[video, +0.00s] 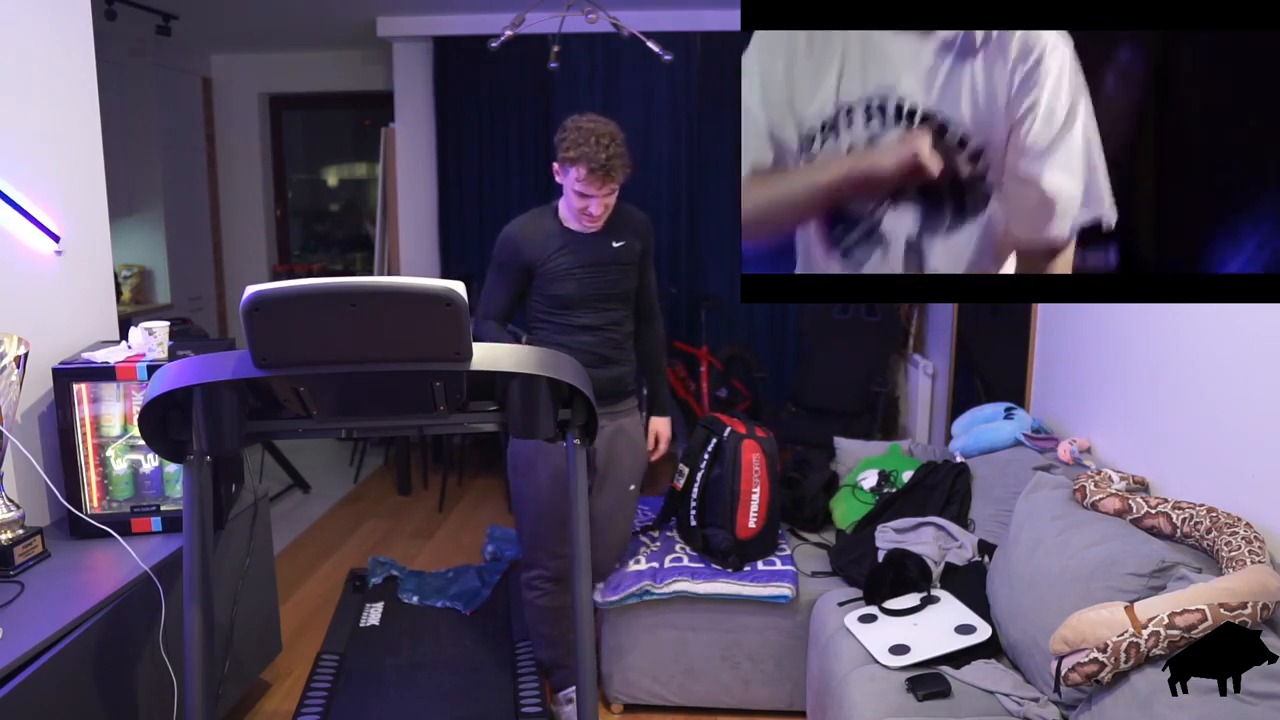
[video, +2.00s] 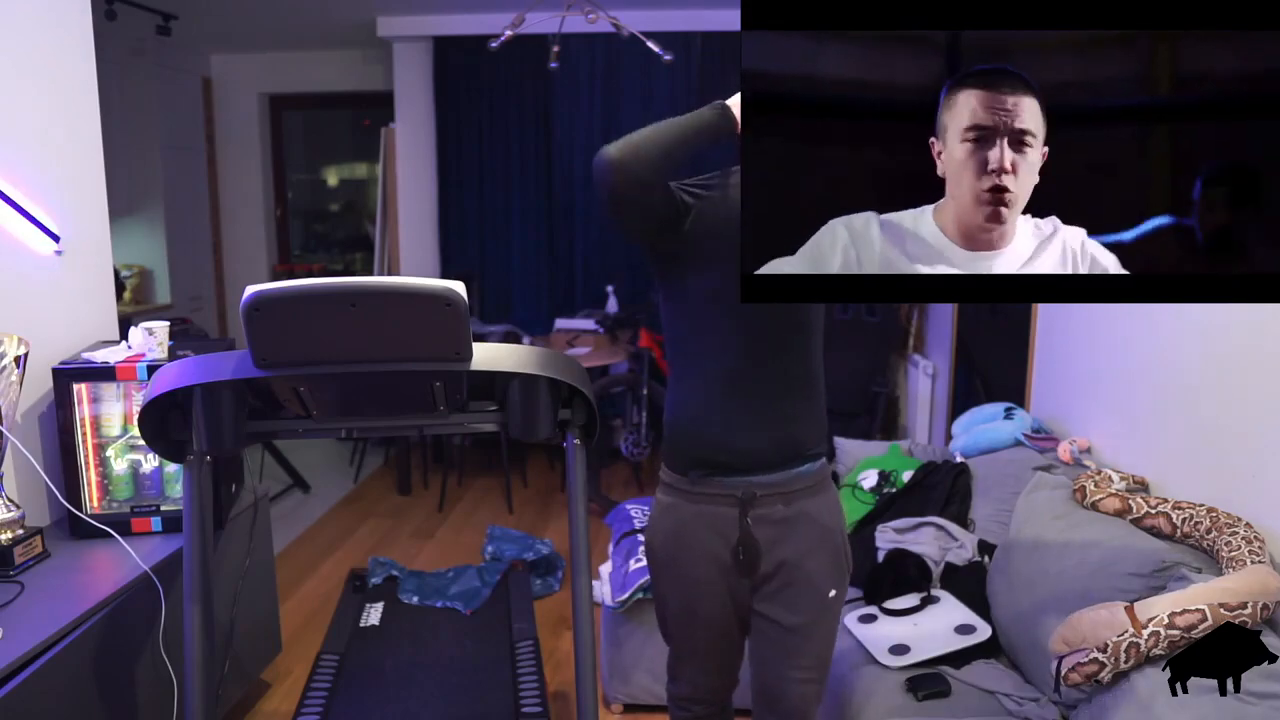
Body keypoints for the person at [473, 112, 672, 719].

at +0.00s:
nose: (597, 208)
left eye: (608, 195)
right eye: (585, 195)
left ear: (622, 181)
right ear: (558, 175)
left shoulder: (635, 231)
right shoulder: (523, 238)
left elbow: (649, 321)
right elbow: (489, 327)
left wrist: (660, 405)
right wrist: (529, 382)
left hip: (622, 419)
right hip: (545, 424)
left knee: (605, 556)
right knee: (554, 564)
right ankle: (565, 685)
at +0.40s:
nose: (626, 207)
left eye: (636, 194)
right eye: (613, 195)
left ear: (646, 179)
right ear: (579, 175)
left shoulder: (654, 228)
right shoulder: (537, 240)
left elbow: (671, 307)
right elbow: (502, 335)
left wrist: (687, 356)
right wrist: (559, 366)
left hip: (651, 427)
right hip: (570, 435)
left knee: (668, 568)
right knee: (564, 576)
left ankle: (623, 677)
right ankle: (565, 694)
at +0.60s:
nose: (642, 215)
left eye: (659, 206)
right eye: (634, 199)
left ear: (679, 189)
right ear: (617, 169)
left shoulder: (691, 233)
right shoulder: (568, 241)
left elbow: (713, 325)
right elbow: (529, 333)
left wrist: (699, 312)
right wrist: (577, 360)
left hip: (677, 439)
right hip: (593, 444)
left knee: (706, 591)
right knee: (580, 593)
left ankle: (733, 714)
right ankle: (574, 703)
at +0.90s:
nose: (730, 213)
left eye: (741, 200)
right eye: (719, 196)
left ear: (758, 184)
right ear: (694, 170)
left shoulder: (764, 235)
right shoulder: (637, 233)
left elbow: (811, 335)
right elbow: (595, 335)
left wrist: (788, 321)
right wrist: (662, 308)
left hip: (742, 443)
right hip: (653, 448)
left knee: (751, 609)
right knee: (669, 604)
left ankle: (743, 715)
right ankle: (593, 686)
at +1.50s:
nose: (736, 197)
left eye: (751, 182)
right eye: (725, 180)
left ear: (777, 180)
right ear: (706, 174)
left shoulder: (792, 230)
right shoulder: (667, 233)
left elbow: (865, 326)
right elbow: (654, 356)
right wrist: (720, 265)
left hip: (788, 477)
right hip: (693, 477)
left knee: (765, 669)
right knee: (701, 666)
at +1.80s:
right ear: (730, 141)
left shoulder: (794, 210)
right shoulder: (669, 212)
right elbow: (634, 270)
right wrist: (722, 161)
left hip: (794, 480)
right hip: (691, 490)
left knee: (805, 680)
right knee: (701, 689)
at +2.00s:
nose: (774, 133)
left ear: (810, 132)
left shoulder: (820, 210)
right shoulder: (681, 212)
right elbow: (617, 164)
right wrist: (728, 114)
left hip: (803, 504)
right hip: (693, 508)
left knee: (792, 704)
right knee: (697, 702)